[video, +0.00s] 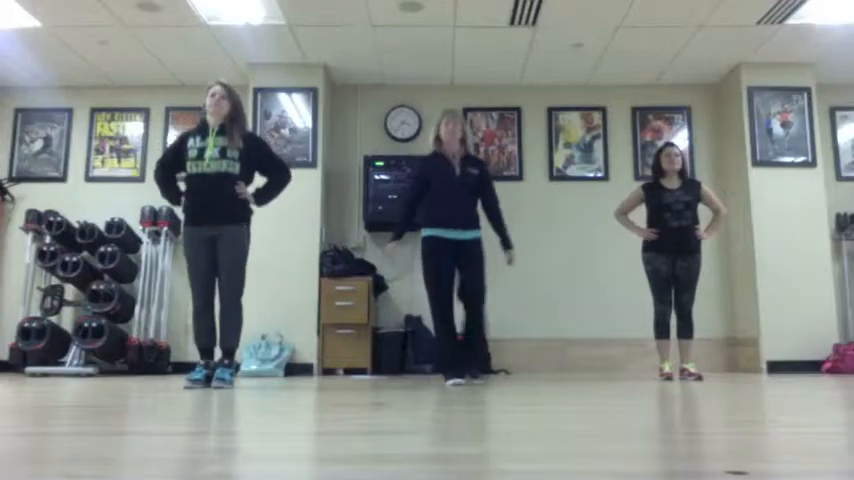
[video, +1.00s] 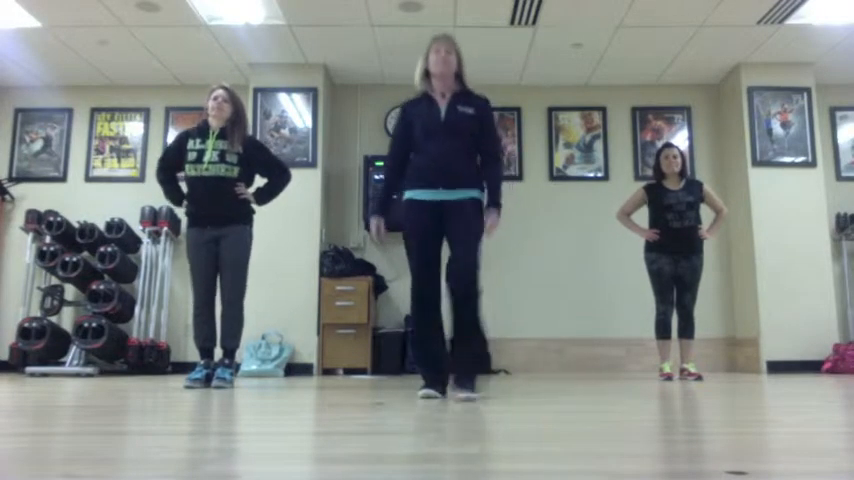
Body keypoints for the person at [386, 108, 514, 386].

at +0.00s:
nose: (452, 128)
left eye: (456, 123)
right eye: (447, 123)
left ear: (463, 129)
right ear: (439, 130)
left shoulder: (476, 166)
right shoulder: (428, 164)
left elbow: (491, 205)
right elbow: (412, 197)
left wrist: (506, 241)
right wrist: (398, 232)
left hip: (470, 240)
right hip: (437, 240)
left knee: (475, 302)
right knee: (442, 305)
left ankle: (474, 365)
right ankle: (451, 369)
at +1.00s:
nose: (443, 58)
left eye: (449, 53)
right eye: (437, 53)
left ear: (458, 61)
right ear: (426, 62)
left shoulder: (477, 105)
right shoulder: (412, 108)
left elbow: (491, 156)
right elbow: (395, 160)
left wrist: (493, 202)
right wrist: (379, 208)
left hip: (465, 204)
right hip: (419, 204)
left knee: (463, 285)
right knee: (424, 290)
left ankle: (464, 375)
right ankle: (432, 378)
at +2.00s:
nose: (433, 6)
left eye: (441, 3)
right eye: (427, 3)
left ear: (453, 15)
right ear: (419, 16)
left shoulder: (478, 64)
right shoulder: (404, 63)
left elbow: (494, 127)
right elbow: (370, 117)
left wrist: (487, 185)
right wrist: (322, 81)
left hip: (464, 182)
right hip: (413, 180)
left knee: (455, 288)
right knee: (413, 286)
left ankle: (444, 386)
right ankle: (414, 387)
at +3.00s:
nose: (429, 2)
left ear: (449, 8)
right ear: (412, 9)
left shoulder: (472, 61)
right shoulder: (395, 58)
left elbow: (489, 123)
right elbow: (364, 115)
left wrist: (488, 177)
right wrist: (336, 77)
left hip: (459, 180)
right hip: (405, 180)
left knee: (478, 278)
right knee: (407, 284)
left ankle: (489, 376)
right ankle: (413, 387)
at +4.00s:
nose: (558, 4)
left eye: (566, 1)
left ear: (575, 16)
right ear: (537, 9)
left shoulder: (562, 79)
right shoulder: (527, 51)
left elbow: (577, 151)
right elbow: (517, 109)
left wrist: (644, 157)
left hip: (524, 181)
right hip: (495, 174)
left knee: (558, 275)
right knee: (538, 271)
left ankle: (560, 388)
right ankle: (471, 354)